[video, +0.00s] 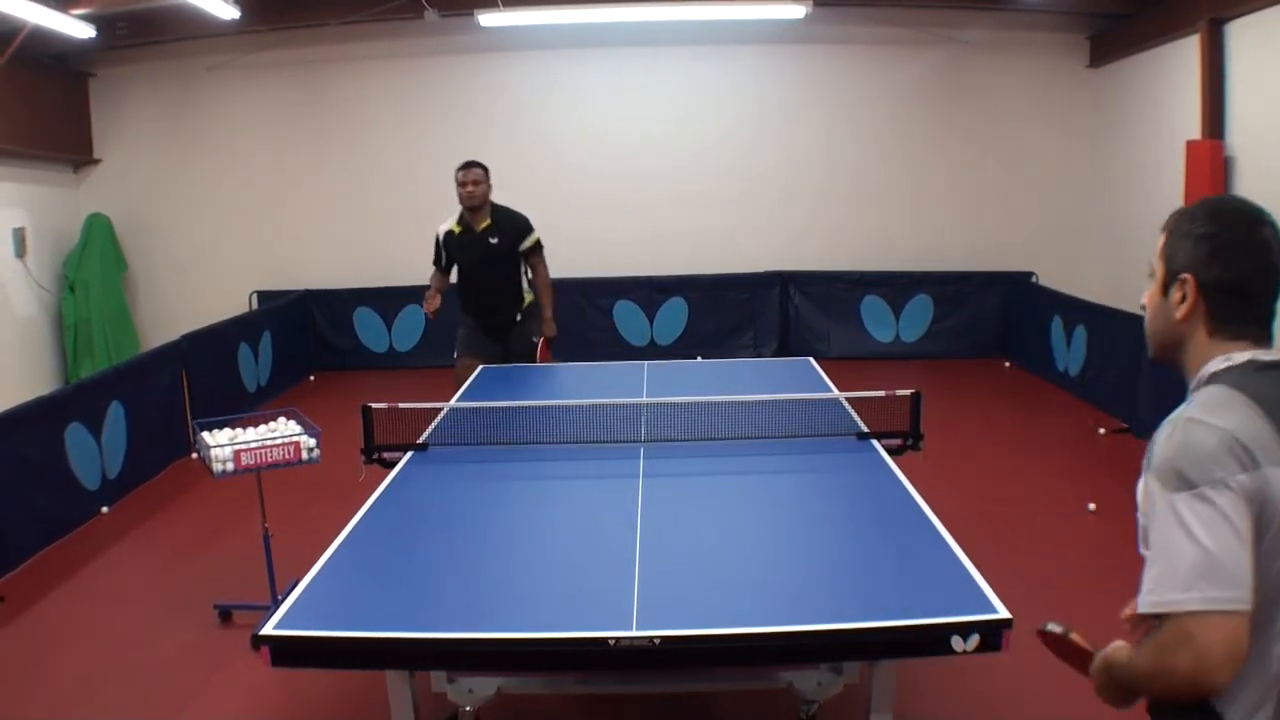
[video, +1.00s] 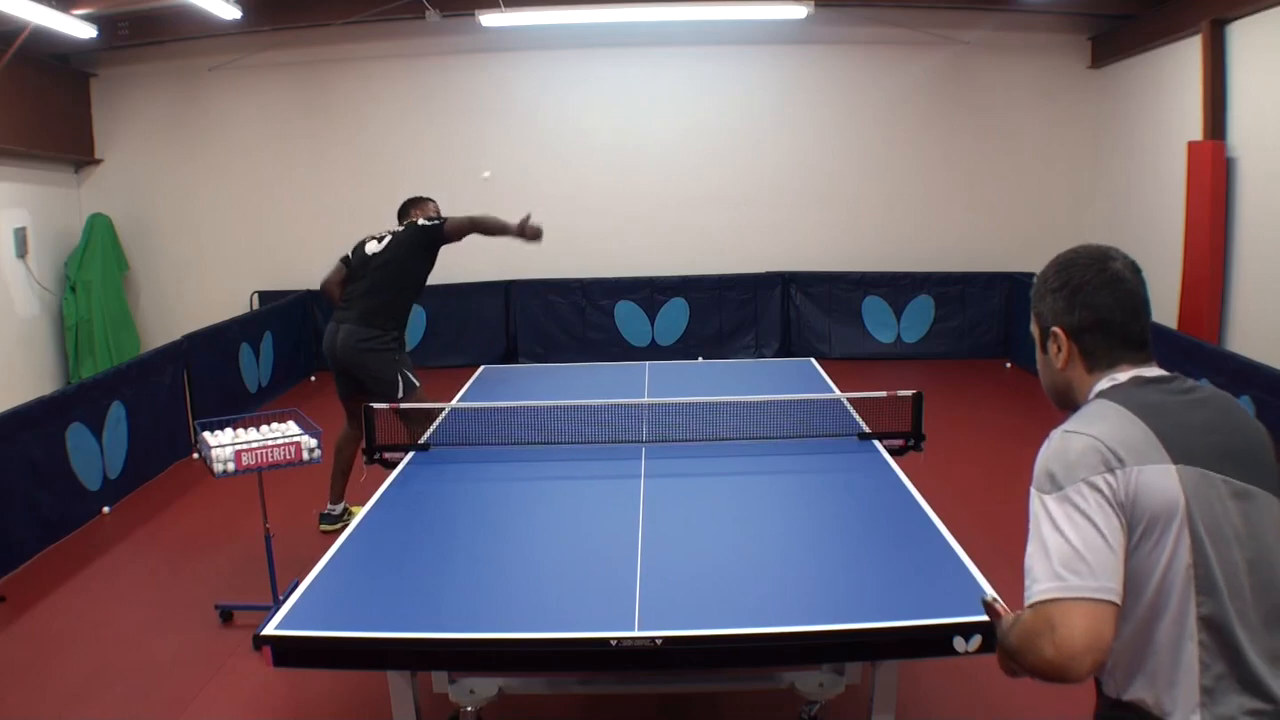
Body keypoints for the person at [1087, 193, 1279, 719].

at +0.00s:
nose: (1143, 299)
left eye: (1152, 279)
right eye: (1149, 278)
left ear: (1185, 295)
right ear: (1259, 294)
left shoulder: (1200, 433)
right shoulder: (1267, 391)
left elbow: (1209, 653)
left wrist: (1125, 670)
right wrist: (1174, 601)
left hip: (1235, 710)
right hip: (1263, 701)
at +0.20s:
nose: (1140, 286)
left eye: (1152, 264)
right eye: (1146, 263)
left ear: (1186, 282)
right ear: (1256, 280)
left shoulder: (1213, 421)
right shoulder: (1261, 388)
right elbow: (1255, 590)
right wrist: (1146, 603)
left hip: (1210, 710)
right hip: (1252, 702)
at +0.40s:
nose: (1020, 392)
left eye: (1018, 377)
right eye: (1017, 376)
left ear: (1039, 381)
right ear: (1125, 361)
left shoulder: (1061, 472)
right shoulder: (1241, 446)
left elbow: (1031, 682)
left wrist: (1001, 668)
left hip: (1148, 709)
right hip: (1264, 706)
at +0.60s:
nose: (1023, 394)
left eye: (1020, 377)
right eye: (1019, 377)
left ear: (1043, 380)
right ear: (1128, 360)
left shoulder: (1073, 468)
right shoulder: (1238, 443)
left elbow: (1061, 676)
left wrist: (1018, 668)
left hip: (1156, 711)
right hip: (1266, 705)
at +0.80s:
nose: (1033, 380)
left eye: (1031, 363)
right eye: (1029, 363)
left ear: (1056, 365)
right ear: (1135, 346)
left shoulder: (1087, 458)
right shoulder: (1239, 428)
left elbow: (1082, 663)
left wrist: (1028, 661)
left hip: (1175, 707)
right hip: (1266, 701)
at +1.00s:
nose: (1038, 361)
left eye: (1037, 344)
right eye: (1037, 344)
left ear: (1059, 346)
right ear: (1142, 330)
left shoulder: (1088, 443)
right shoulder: (1239, 419)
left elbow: (1072, 649)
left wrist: (1012, 636)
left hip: (1162, 705)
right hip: (1265, 700)